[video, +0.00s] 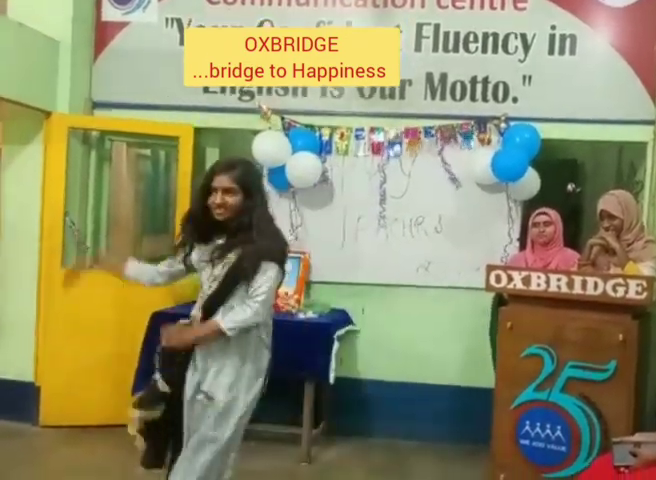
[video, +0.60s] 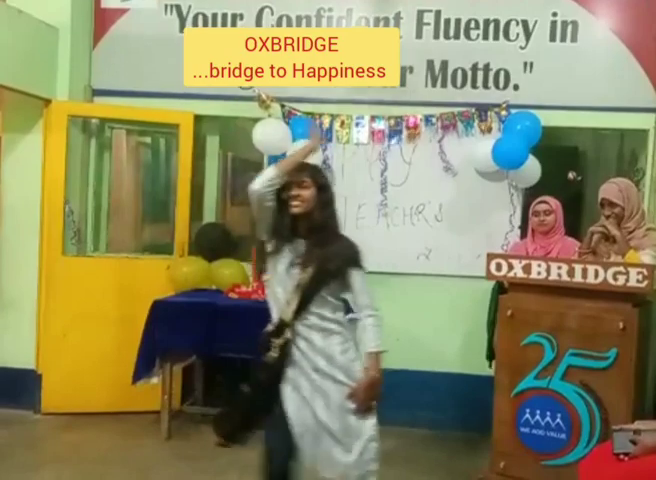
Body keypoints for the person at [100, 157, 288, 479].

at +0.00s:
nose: (218, 201)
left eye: (229, 193)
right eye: (213, 192)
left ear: (250, 199)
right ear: (206, 195)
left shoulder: (265, 249)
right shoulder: (210, 242)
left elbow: (256, 310)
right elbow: (162, 273)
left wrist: (194, 333)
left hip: (238, 356)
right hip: (204, 347)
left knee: (212, 438)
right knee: (193, 431)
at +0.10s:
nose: (213, 194)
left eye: (224, 186)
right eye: (209, 186)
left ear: (246, 194)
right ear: (204, 192)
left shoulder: (262, 250)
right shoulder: (203, 242)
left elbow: (255, 318)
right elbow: (148, 257)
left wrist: (211, 365)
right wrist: (117, 225)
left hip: (238, 363)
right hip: (197, 356)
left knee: (213, 451)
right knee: (188, 446)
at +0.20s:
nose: (207, 197)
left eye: (218, 191)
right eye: (206, 190)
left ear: (241, 201)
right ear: (202, 197)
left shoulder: (263, 264)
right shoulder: (200, 250)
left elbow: (262, 339)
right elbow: (133, 235)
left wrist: (239, 402)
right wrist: (127, 181)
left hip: (236, 381)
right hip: (197, 375)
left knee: (229, 466)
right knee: (194, 462)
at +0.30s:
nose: (230, 206)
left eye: (241, 201)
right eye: (226, 200)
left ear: (258, 212)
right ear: (219, 207)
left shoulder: (266, 266)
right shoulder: (206, 250)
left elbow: (277, 341)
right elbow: (143, 219)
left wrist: (270, 408)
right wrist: (156, 166)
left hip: (249, 386)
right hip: (206, 380)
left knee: (253, 467)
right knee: (200, 462)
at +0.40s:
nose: (257, 199)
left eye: (268, 194)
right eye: (250, 193)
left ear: (282, 207)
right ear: (239, 203)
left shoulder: (291, 263)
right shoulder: (227, 249)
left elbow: (301, 329)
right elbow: (170, 205)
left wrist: (300, 393)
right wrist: (190, 172)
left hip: (277, 384)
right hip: (233, 379)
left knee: (280, 468)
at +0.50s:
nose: (277, 190)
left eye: (287, 183)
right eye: (269, 183)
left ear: (303, 193)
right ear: (260, 192)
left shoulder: (319, 248)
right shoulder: (255, 245)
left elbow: (334, 314)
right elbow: (224, 193)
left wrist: (342, 375)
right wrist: (255, 154)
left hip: (313, 370)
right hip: (267, 367)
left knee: (325, 462)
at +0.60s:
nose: (293, 193)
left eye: (302, 186)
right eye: (289, 187)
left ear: (320, 193)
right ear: (282, 196)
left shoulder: (339, 251)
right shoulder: (277, 244)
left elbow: (365, 312)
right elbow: (258, 190)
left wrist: (373, 371)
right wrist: (306, 147)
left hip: (340, 373)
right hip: (293, 370)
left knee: (352, 462)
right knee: (277, 451)